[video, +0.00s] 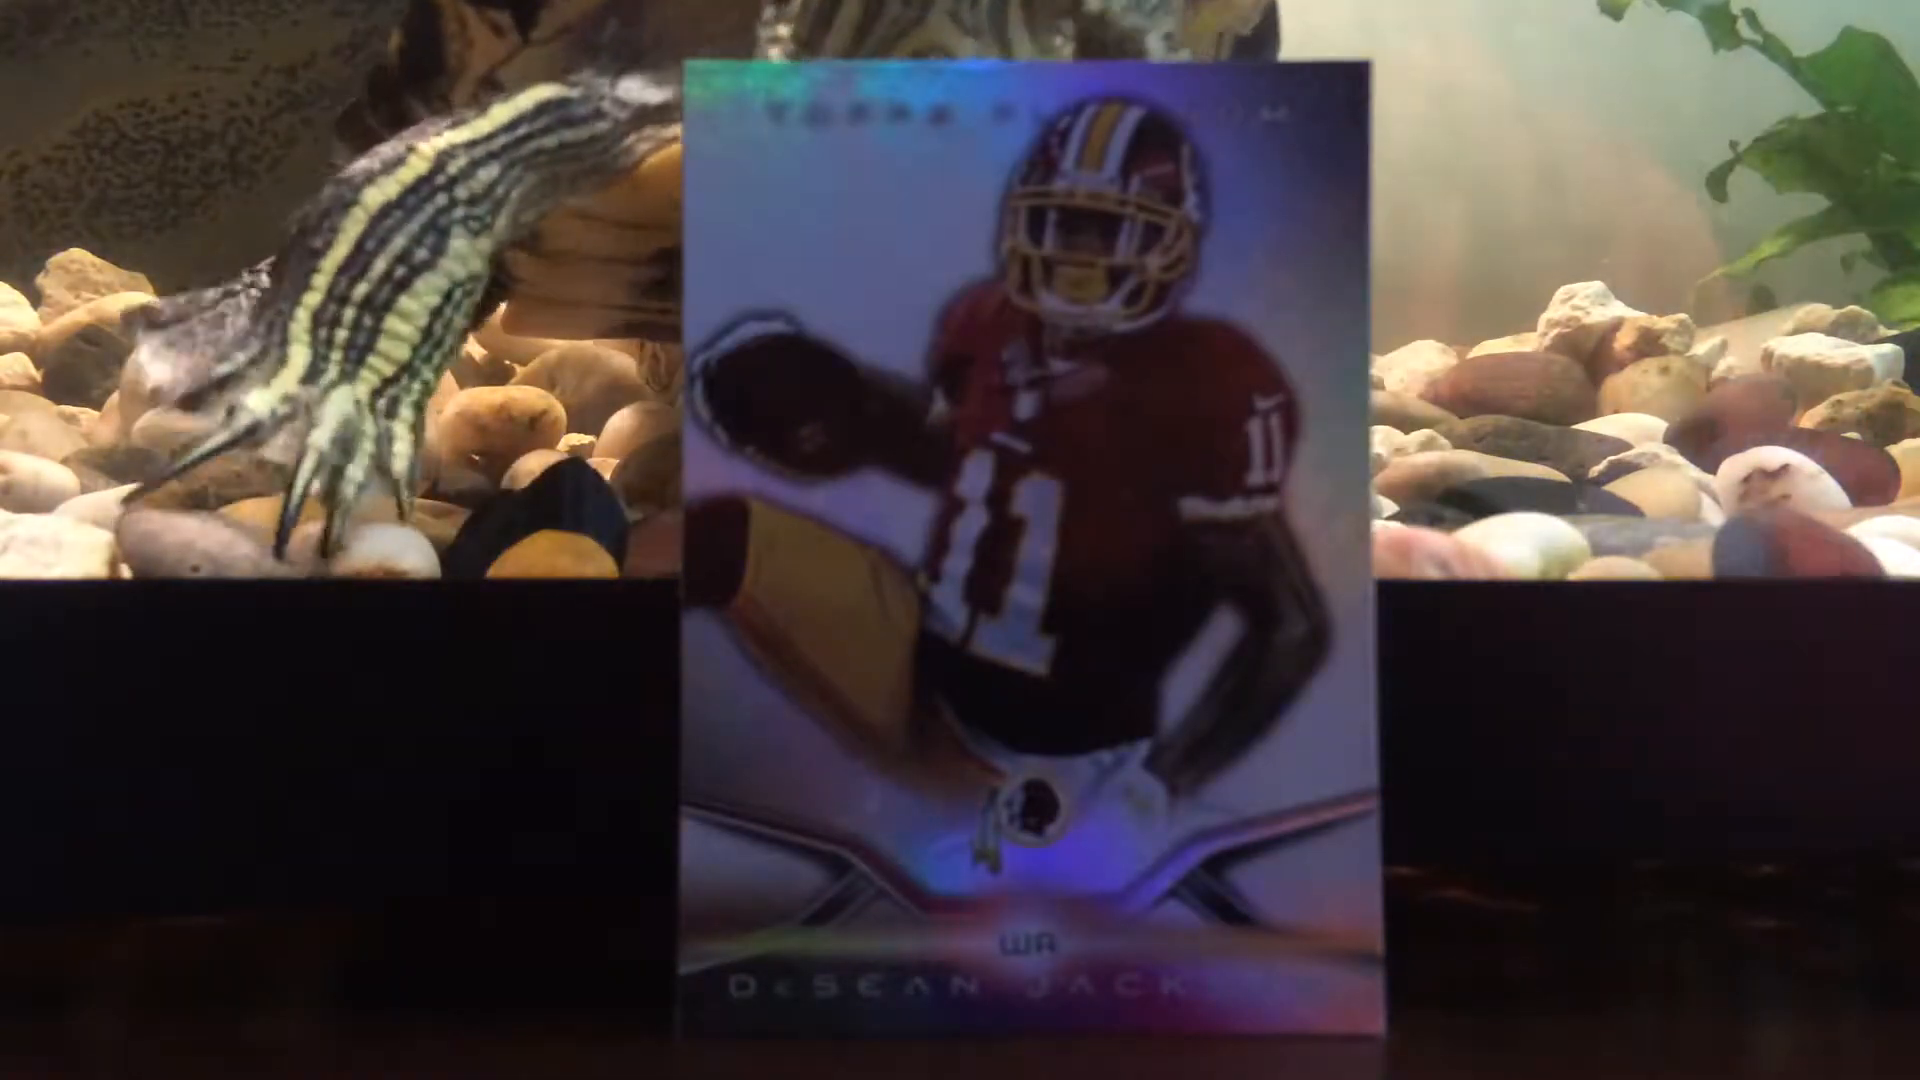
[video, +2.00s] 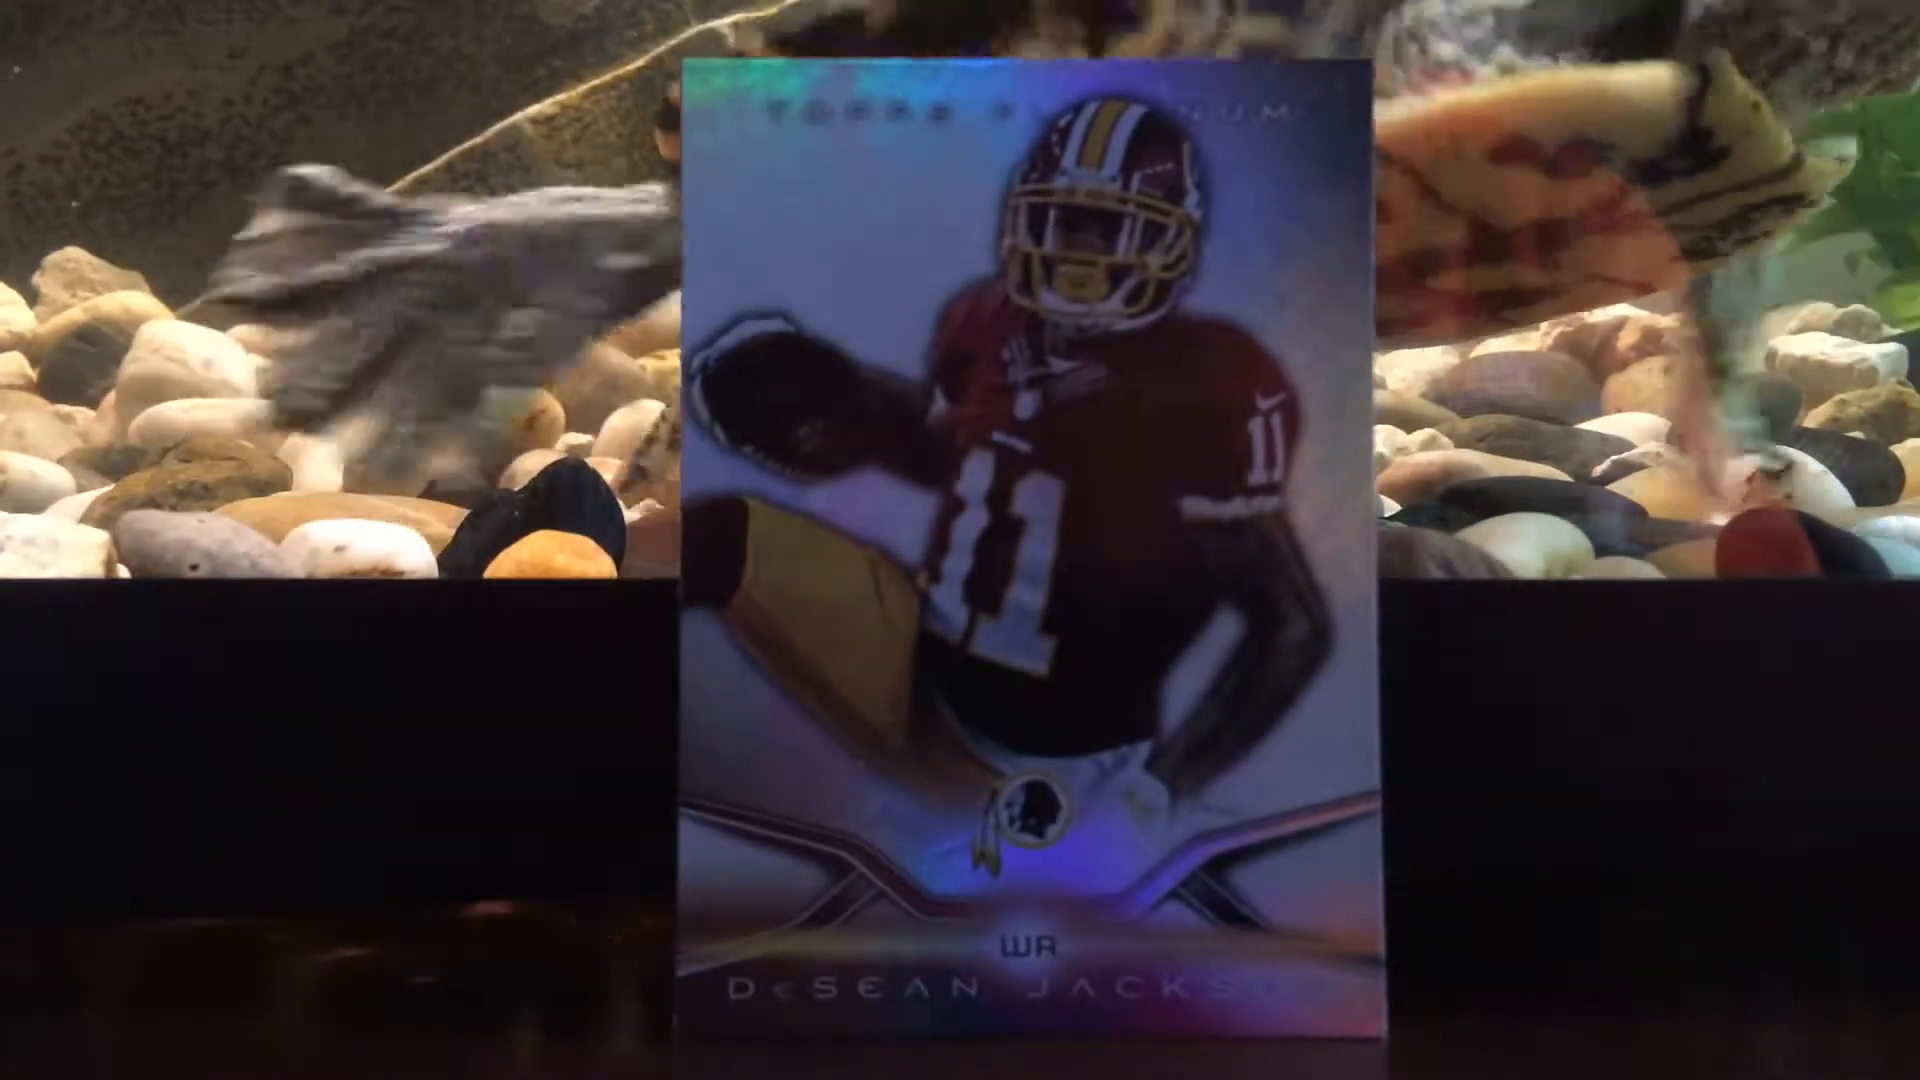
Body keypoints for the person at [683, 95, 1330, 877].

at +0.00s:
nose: (1080, 257)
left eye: (1114, 232)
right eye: (1061, 225)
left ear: (1176, 246)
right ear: (1021, 227)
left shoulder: (1213, 388)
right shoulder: (981, 327)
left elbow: (1292, 628)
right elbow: (959, 460)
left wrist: (1157, 787)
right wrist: (858, 416)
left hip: (1079, 749)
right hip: (929, 675)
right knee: (718, 538)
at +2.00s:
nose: (1079, 259)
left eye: (1114, 233)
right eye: (1059, 225)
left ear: (1175, 247)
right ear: (1020, 226)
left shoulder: (1217, 386)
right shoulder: (979, 325)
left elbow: (1294, 628)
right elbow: (958, 457)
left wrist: (1157, 792)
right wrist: (852, 411)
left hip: (1078, 753)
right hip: (929, 688)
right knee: (713, 539)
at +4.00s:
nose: (1080, 253)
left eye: (1114, 229)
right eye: (1060, 221)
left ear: (1175, 244)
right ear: (1021, 225)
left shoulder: (1214, 383)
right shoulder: (980, 325)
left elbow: (1294, 630)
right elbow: (955, 457)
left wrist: (1155, 793)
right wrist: (852, 411)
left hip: (1077, 758)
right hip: (927, 680)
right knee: (713, 535)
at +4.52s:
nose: (1078, 251)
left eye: (1112, 227)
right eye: (1058, 220)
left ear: (1175, 244)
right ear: (1020, 224)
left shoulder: (1216, 384)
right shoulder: (980, 325)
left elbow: (1294, 630)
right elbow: (956, 458)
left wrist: (1157, 790)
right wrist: (852, 411)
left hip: (1083, 757)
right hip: (929, 683)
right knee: (711, 536)